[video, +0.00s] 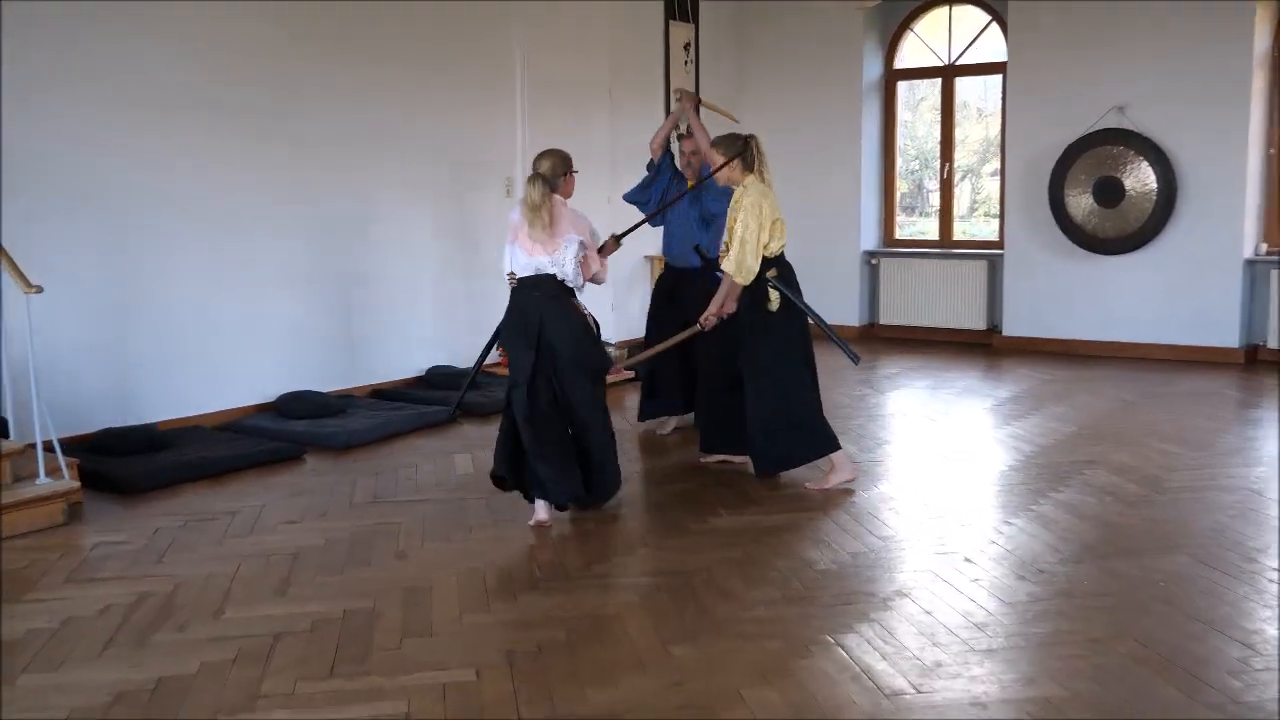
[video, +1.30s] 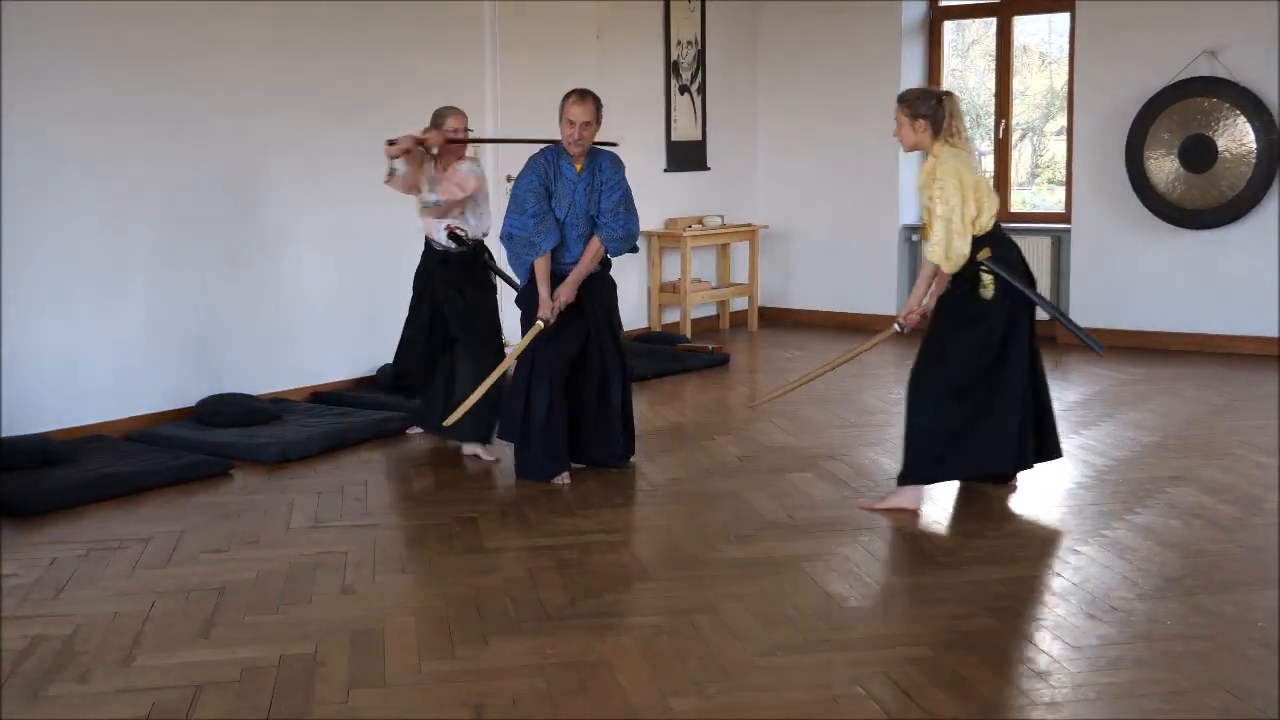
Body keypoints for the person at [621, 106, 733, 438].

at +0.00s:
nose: (688, 159)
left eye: (694, 153)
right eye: (684, 154)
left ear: (707, 156)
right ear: (678, 156)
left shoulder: (717, 189)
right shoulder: (672, 185)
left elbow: (713, 155)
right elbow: (657, 148)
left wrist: (692, 113)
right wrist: (677, 114)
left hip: (709, 279)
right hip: (674, 278)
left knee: (710, 349)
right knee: (666, 342)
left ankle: (714, 419)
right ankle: (674, 409)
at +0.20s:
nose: (668, 144)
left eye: (674, 139)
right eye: (666, 139)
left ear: (690, 142)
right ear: (663, 143)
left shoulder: (701, 176)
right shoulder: (653, 175)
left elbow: (680, 150)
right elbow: (631, 153)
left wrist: (654, 116)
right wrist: (642, 111)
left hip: (690, 277)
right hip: (655, 276)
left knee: (689, 350)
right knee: (656, 349)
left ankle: (690, 423)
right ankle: (665, 422)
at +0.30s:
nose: (664, 139)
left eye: (670, 134)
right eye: (659, 134)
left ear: (686, 138)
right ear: (654, 138)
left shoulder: (696, 172)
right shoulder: (643, 174)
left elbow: (680, 182)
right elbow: (617, 174)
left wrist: (641, 155)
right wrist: (624, 137)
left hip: (683, 273)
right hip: (647, 271)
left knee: (680, 348)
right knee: (646, 347)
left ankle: (675, 430)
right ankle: (655, 427)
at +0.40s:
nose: (655, 134)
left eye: (662, 128)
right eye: (650, 129)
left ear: (677, 132)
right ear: (645, 133)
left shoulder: (689, 171)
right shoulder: (632, 168)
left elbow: (687, 209)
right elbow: (607, 211)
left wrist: (639, 196)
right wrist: (612, 184)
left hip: (674, 273)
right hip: (636, 272)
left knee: (673, 352)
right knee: (632, 348)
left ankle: (670, 436)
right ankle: (637, 430)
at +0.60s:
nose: (632, 122)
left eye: (640, 116)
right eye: (628, 116)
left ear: (658, 121)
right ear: (623, 119)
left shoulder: (672, 164)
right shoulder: (611, 157)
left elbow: (684, 211)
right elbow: (584, 210)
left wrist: (632, 221)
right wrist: (601, 207)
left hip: (653, 270)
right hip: (610, 269)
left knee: (656, 351)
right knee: (601, 349)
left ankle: (660, 434)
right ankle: (587, 436)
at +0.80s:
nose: (619, 124)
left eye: (629, 118)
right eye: (615, 116)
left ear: (644, 125)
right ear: (608, 118)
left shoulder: (648, 174)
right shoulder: (584, 158)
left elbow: (649, 224)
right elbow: (572, 203)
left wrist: (608, 243)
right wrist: (578, 243)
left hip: (625, 278)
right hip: (580, 277)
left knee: (644, 356)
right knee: (575, 362)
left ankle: (650, 444)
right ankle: (560, 451)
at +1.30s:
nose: (575, 132)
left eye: (585, 125)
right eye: (569, 123)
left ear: (598, 126)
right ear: (559, 123)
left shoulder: (609, 167)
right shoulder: (540, 166)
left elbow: (611, 230)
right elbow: (536, 232)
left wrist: (573, 281)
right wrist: (543, 293)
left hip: (593, 278)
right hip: (545, 281)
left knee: (598, 362)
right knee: (548, 368)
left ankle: (595, 449)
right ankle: (552, 460)